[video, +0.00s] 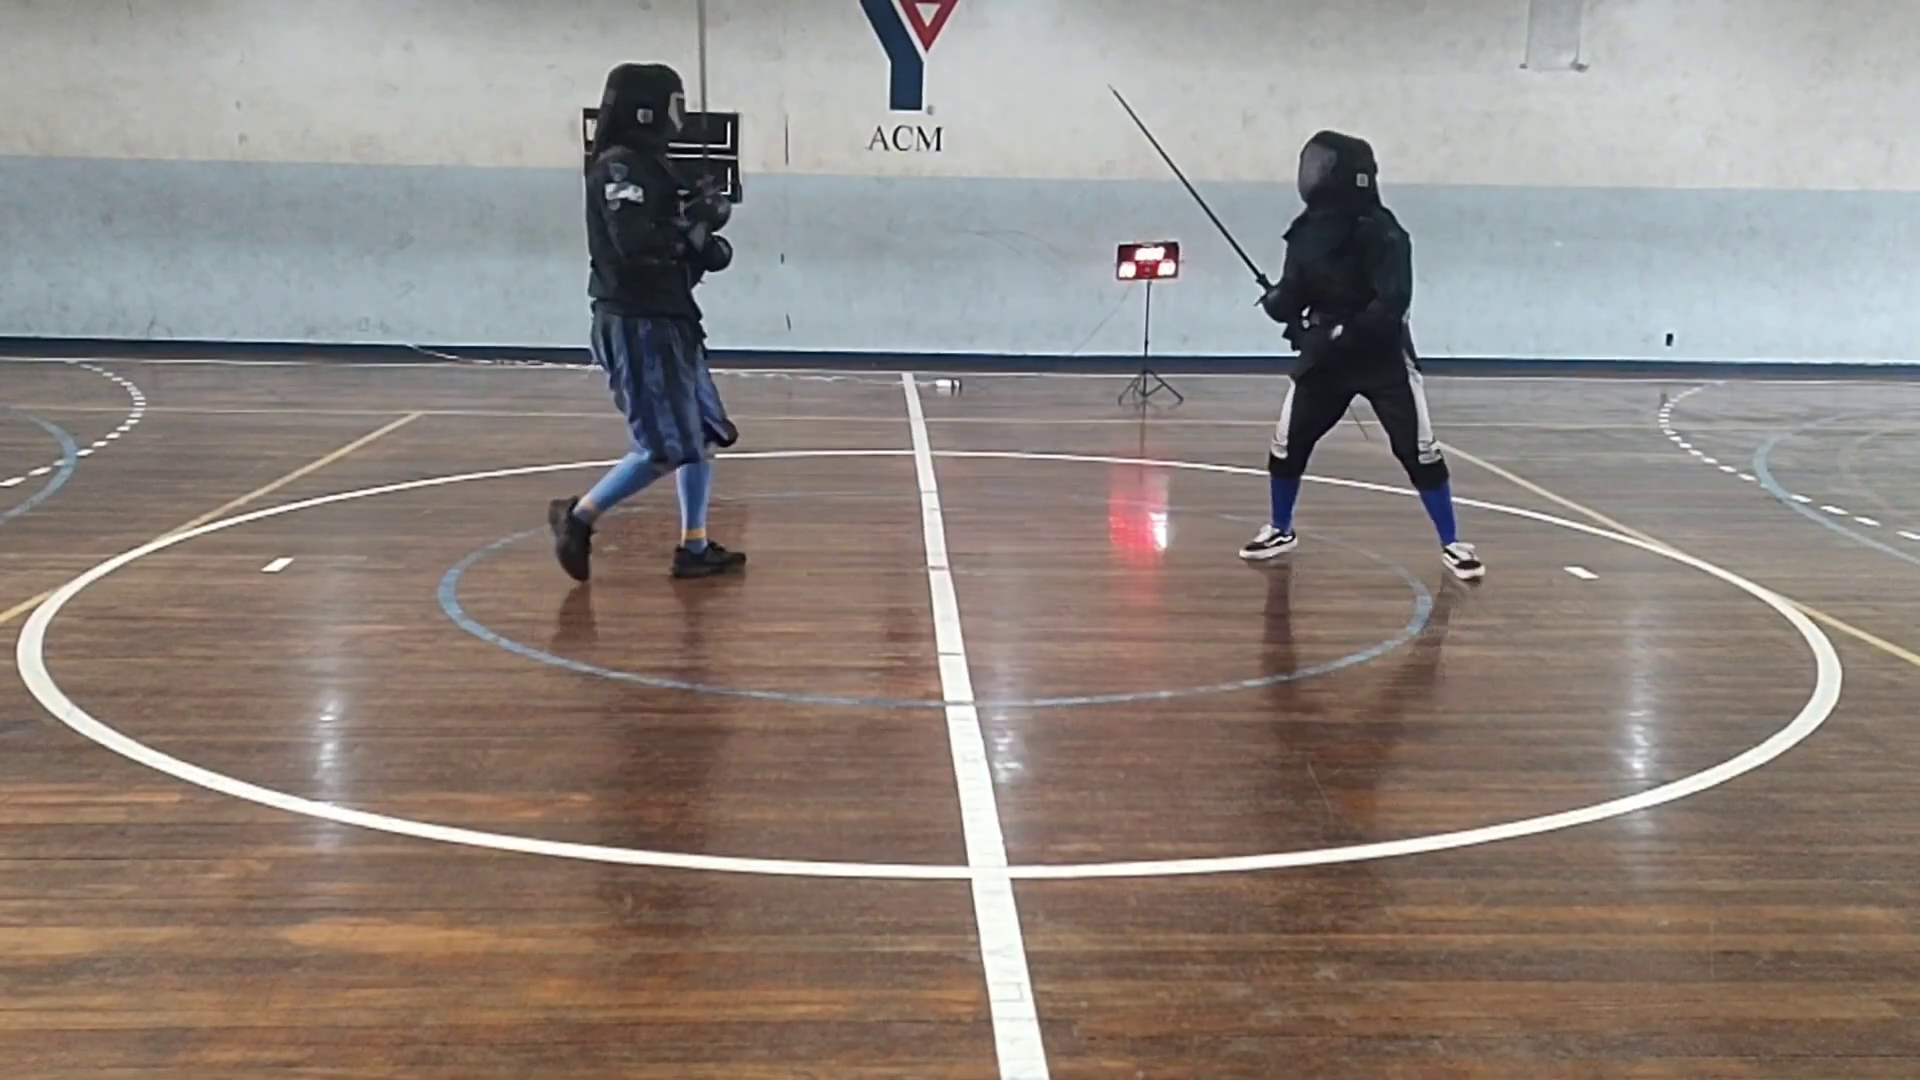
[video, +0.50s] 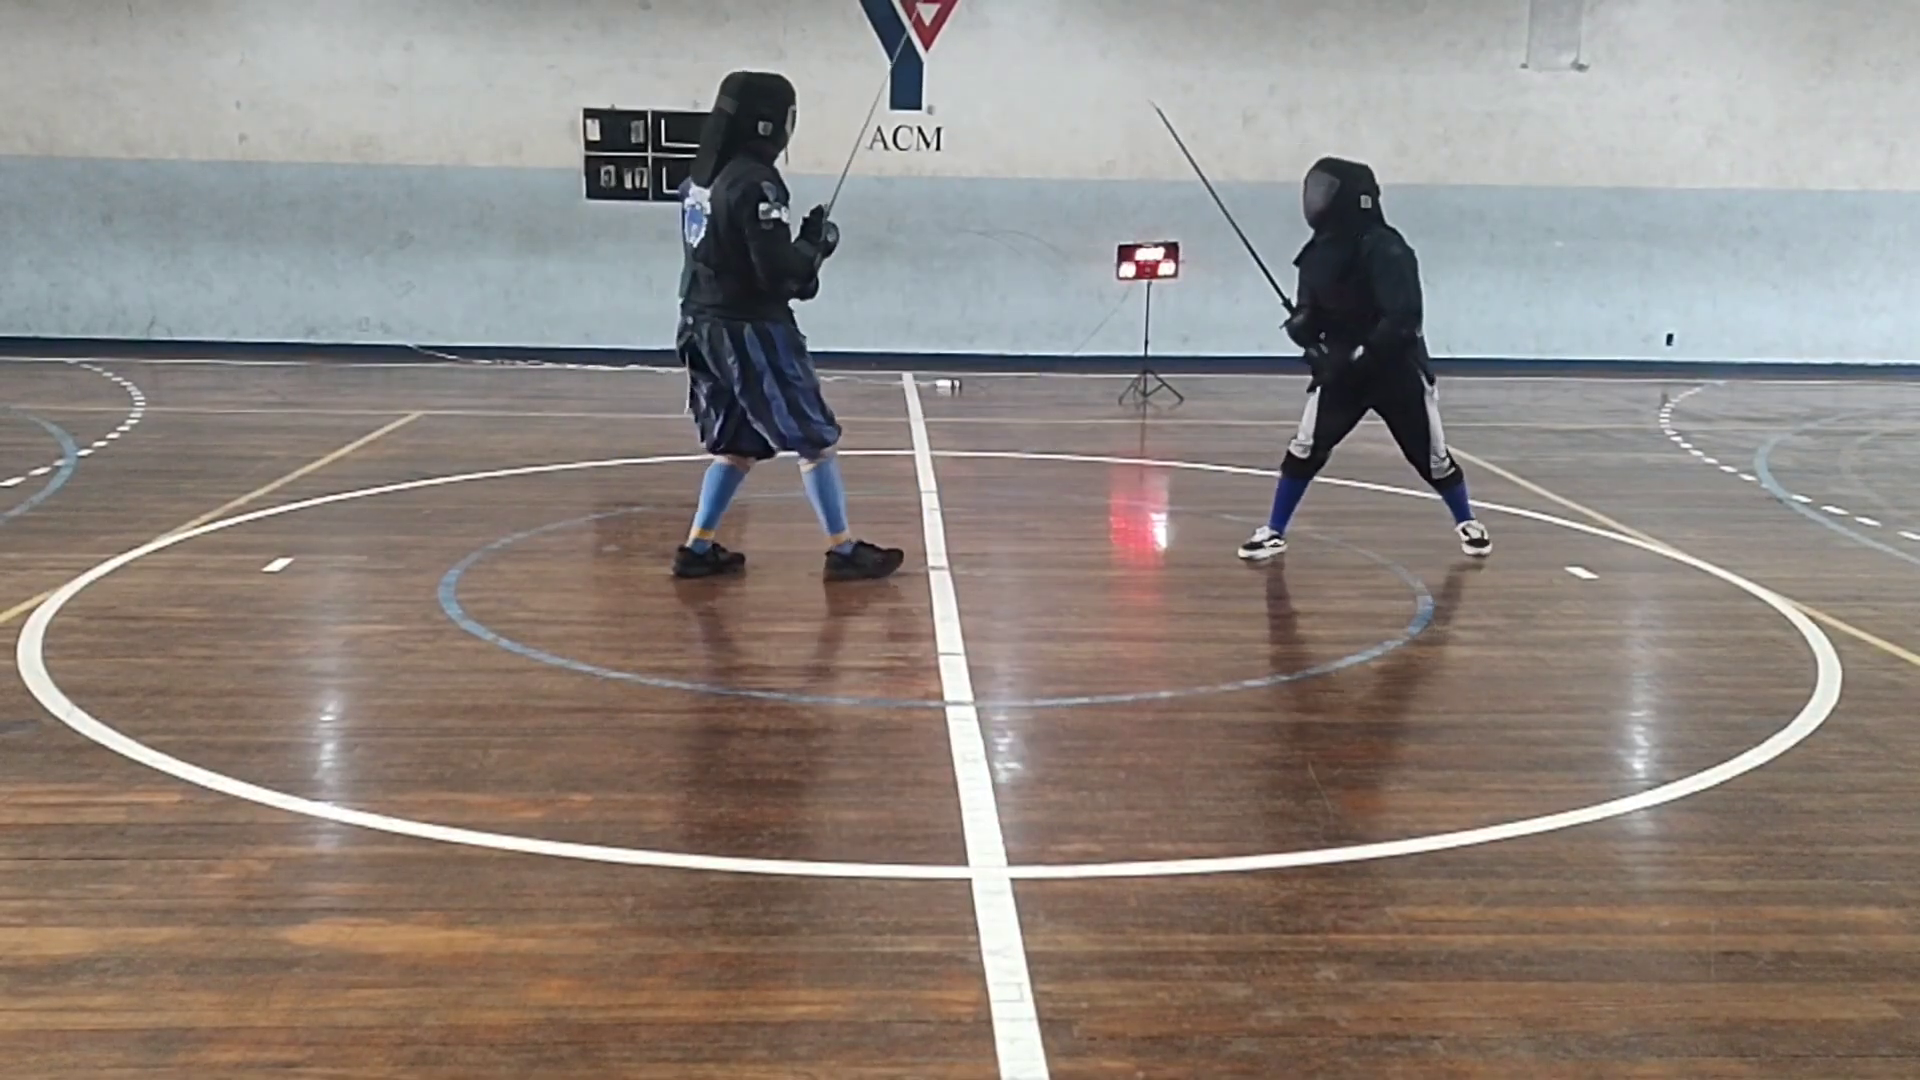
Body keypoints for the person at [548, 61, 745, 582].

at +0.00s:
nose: (678, 117)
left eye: (677, 107)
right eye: (671, 107)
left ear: (637, 111)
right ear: (644, 111)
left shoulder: (650, 165)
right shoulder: (619, 166)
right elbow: (636, 243)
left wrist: (702, 241)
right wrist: (694, 232)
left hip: (668, 318)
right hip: (634, 321)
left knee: (698, 437)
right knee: (668, 446)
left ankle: (695, 548)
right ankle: (578, 516)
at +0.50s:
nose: (789, 131)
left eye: (789, 121)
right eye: (786, 121)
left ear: (732, 120)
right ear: (767, 126)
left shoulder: (703, 173)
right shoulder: (757, 184)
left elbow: (728, 259)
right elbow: (785, 274)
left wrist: (798, 241)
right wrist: (814, 246)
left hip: (705, 325)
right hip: (754, 329)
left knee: (742, 440)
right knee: (814, 435)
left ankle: (698, 545)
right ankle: (844, 547)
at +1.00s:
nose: (901, 148)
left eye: (901, 138)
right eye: (898, 139)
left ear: (846, 136)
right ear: (880, 144)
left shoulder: (812, 187)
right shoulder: (869, 201)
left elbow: (828, 269)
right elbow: (892, 285)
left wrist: (904, 270)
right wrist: (925, 264)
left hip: (792, 333)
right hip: (853, 338)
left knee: (772, 445)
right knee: (932, 423)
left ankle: (716, 547)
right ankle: (940, 535)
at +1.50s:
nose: (962, 152)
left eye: (958, 143)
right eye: (959, 143)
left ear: (905, 142)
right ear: (948, 151)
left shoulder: (879, 186)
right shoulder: (948, 207)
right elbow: (1025, 252)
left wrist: (982, 222)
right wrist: (1063, 227)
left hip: (855, 336)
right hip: (920, 343)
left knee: (808, 443)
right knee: (991, 435)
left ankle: (732, 532)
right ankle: (1008, 550)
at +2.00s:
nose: (987, 147)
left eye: (988, 141)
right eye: (984, 139)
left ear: (935, 137)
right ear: (972, 148)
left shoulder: (905, 172)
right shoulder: (974, 199)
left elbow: (967, 173)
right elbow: (1046, 212)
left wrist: (1014, 166)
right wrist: (1096, 196)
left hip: (875, 335)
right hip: (938, 341)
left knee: (828, 437)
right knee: (1005, 435)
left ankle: (757, 533)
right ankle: (1010, 552)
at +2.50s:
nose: (1033, 156)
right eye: (1030, 148)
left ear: (974, 128)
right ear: (1016, 151)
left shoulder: (937, 162)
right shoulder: (1014, 202)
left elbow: (981, 100)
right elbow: (1074, 169)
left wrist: (1045, 94)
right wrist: (1113, 126)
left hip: (910, 328)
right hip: (975, 336)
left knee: (869, 434)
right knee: (1025, 441)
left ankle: (806, 537)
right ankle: (1009, 552)